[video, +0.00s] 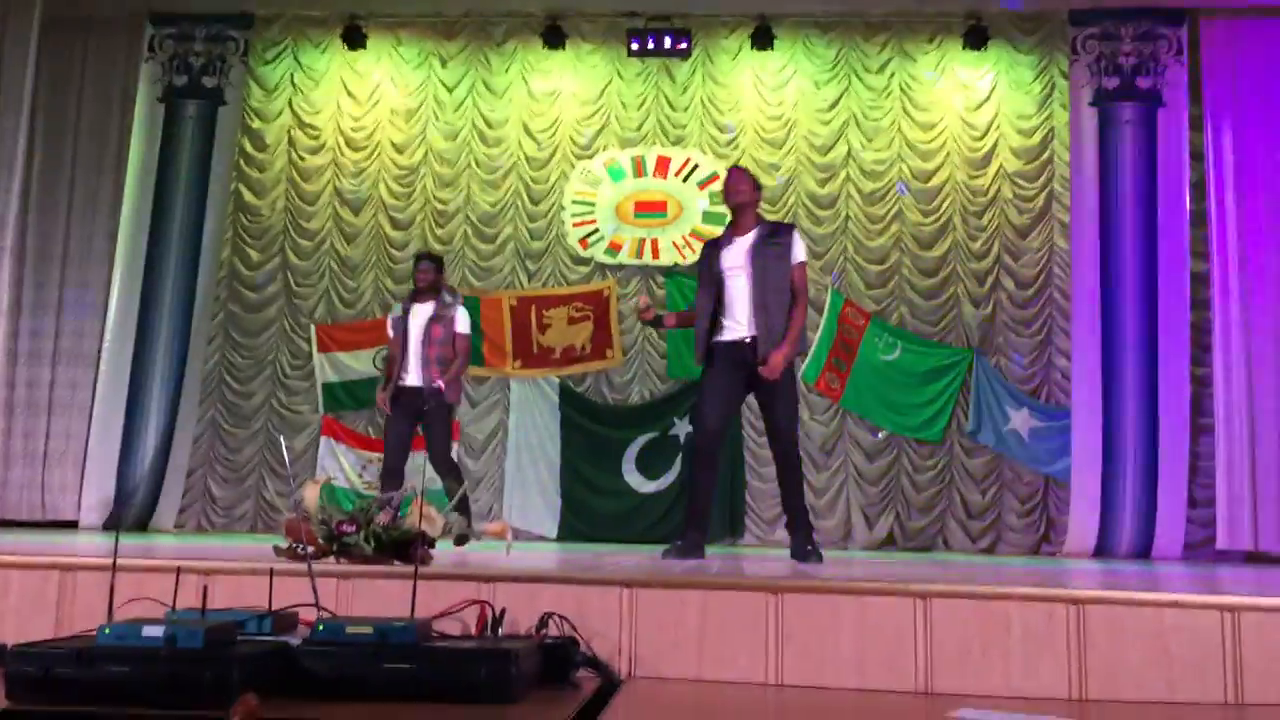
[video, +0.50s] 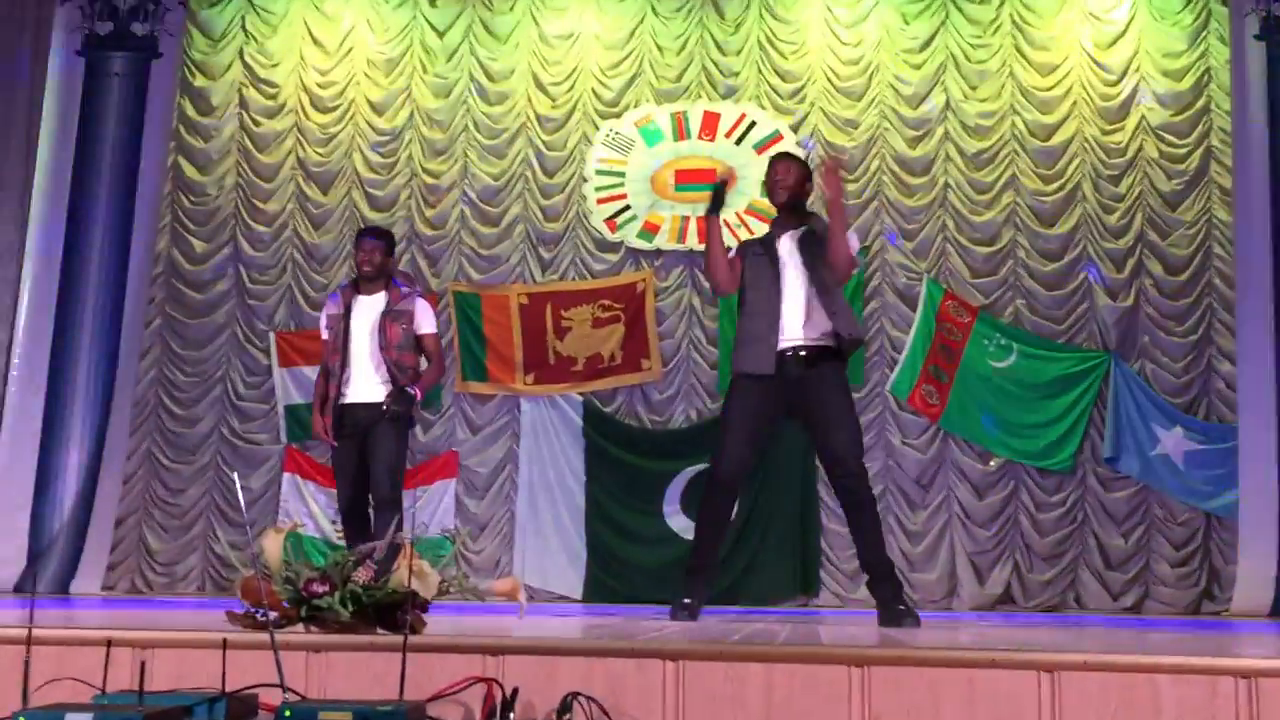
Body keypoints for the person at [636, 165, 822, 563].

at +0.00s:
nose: (733, 191)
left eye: (740, 185)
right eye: (728, 186)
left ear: (757, 194)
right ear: (723, 198)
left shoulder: (784, 236)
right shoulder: (713, 249)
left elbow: (800, 300)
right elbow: (706, 312)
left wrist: (785, 350)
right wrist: (661, 318)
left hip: (771, 355)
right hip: (724, 355)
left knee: (785, 447)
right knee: (705, 440)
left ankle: (802, 541)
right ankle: (693, 540)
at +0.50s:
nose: (782, 180)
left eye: (791, 174)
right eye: (776, 174)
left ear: (807, 185)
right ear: (765, 184)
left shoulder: (827, 235)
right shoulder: (749, 241)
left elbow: (841, 269)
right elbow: (723, 283)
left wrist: (837, 200)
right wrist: (711, 213)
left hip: (821, 371)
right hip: (759, 373)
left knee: (851, 480)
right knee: (725, 478)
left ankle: (890, 598)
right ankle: (693, 592)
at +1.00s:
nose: (692, 196)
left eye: (700, 187)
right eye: (693, 188)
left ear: (732, 191)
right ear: (715, 194)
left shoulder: (780, 240)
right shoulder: (699, 256)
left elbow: (791, 325)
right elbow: (683, 337)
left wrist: (751, 386)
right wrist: (675, 403)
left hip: (757, 388)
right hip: (700, 390)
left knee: (769, 493)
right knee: (689, 510)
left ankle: (788, 583)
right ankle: (686, 627)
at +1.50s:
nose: (788, 230)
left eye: (796, 218)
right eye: (778, 221)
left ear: (810, 215)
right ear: (765, 223)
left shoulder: (848, 257)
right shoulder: (754, 272)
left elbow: (870, 328)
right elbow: (754, 343)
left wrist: (850, 388)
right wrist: (746, 399)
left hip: (834, 399)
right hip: (774, 402)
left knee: (877, 493)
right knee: (752, 503)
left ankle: (865, 599)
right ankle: (754, 620)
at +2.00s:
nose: (912, 155)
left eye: (920, 145)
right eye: (902, 146)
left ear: (930, 146)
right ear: (885, 148)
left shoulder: (956, 190)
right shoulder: (862, 200)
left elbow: (966, 260)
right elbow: (856, 272)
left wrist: (981, 306)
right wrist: (857, 331)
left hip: (951, 334)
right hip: (891, 339)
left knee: (980, 444)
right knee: (892, 448)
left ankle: (1012, 561)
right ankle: (911, 553)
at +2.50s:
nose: (904, 139)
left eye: (913, 133)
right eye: (896, 134)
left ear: (929, 146)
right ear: (883, 149)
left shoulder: (959, 194)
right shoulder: (860, 200)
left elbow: (972, 268)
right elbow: (847, 278)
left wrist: (966, 260)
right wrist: (870, 261)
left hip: (944, 346)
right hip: (883, 350)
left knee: (990, 451)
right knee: (855, 460)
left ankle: (1020, 576)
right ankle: (828, 584)